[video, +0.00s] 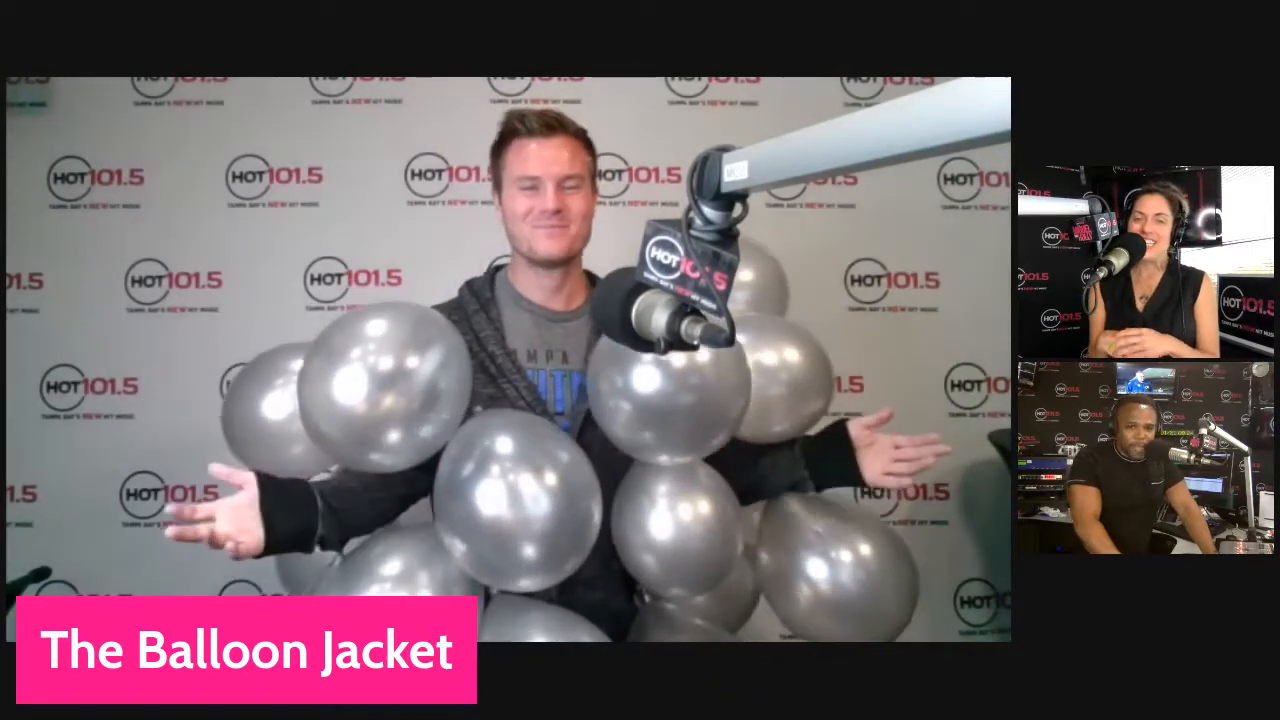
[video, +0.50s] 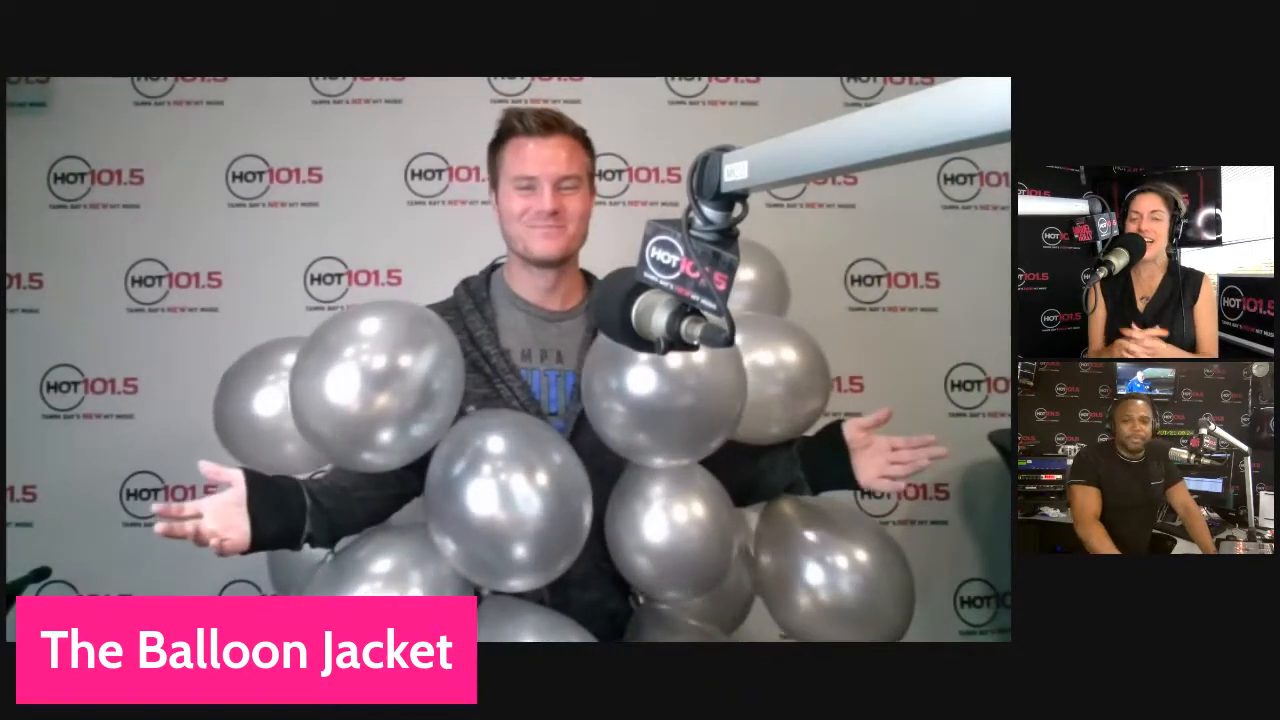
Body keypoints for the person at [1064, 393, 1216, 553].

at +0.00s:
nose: (1141, 435)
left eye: (1148, 428)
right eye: (1131, 427)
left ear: (1156, 431)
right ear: (1115, 428)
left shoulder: (1159, 459)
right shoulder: (1091, 459)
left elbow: (1188, 508)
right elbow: (1086, 523)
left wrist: (1211, 551)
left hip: (1142, 555)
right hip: (1097, 555)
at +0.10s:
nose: (1142, 435)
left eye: (1149, 428)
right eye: (1132, 426)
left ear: (1156, 430)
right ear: (1116, 427)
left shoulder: (1158, 459)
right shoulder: (1090, 459)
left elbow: (1187, 508)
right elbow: (1086, 523)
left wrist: (1211, 552)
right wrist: (1118, 561)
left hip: (1142, 556)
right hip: (1096, 557)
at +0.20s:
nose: (1142, 435)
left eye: (1149, 428)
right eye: (1132, 426)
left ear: (1157, 430)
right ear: (1116, 427)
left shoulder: (1159, 459)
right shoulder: (1091, 459)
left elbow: (1187, 509)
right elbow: (1086, 523)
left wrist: (1211, 551)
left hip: (1142, 555)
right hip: (1097, 556)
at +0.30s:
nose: (1141, 434)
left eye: (1148, 427)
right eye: (1131, 426)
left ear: (1156, 430)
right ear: (1115, 427)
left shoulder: (1159, 459)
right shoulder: (1091, 459)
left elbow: (1188, 509)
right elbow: (1086, 523)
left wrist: (1211, 552)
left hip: (1142, 555)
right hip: (1097, 556)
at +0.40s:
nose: (1138, 431)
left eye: (1146, 424)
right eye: (1129, 423)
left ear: (1154, 429)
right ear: (1114, 427)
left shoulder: (1159, 459)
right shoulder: (1091, 459)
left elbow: (1188, 509)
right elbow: (1087, 523)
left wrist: (1211, 552)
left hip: (1142, 555)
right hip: (1098, 555)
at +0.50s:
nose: (1137, 428)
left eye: (1144, 421)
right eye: (1127, 421)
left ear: (1153, 427)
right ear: (1113, 426)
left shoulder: (1159, 459)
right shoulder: (1091, 460)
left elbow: (1188, 509)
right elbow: (1087, 524)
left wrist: (1212, 553)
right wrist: (1121, 565)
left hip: (1143, 557)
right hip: (1099, 557)